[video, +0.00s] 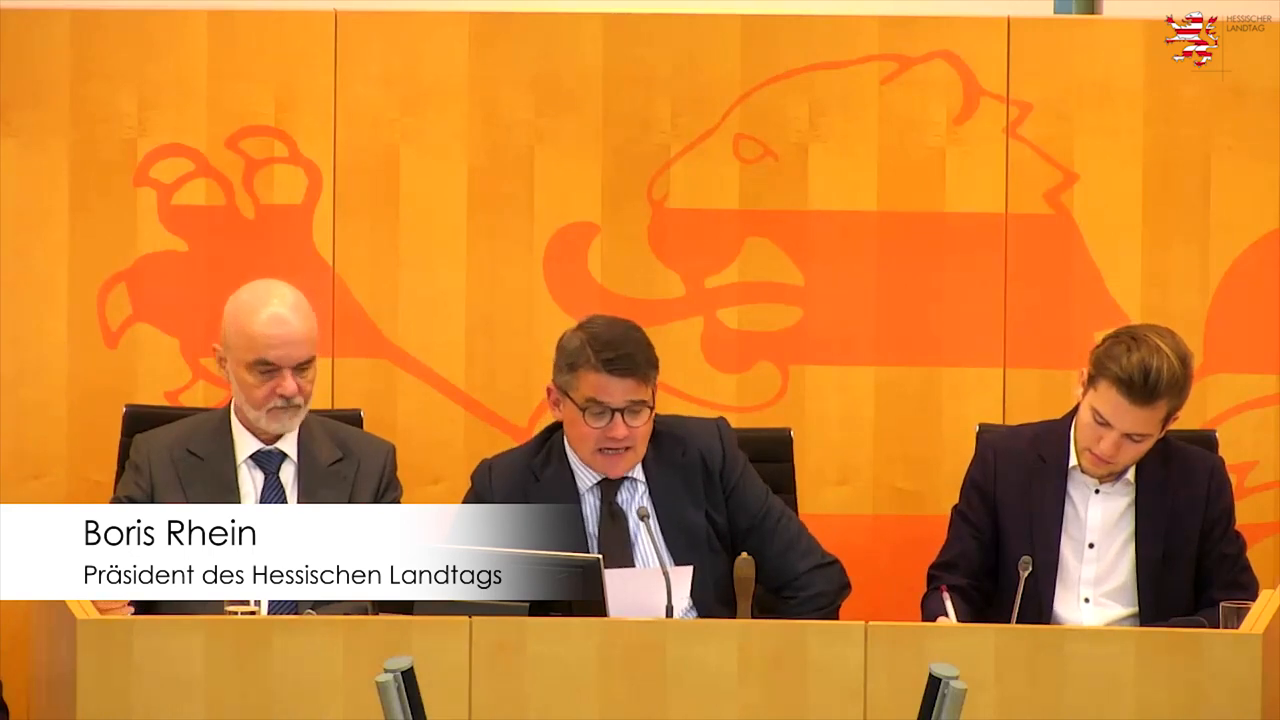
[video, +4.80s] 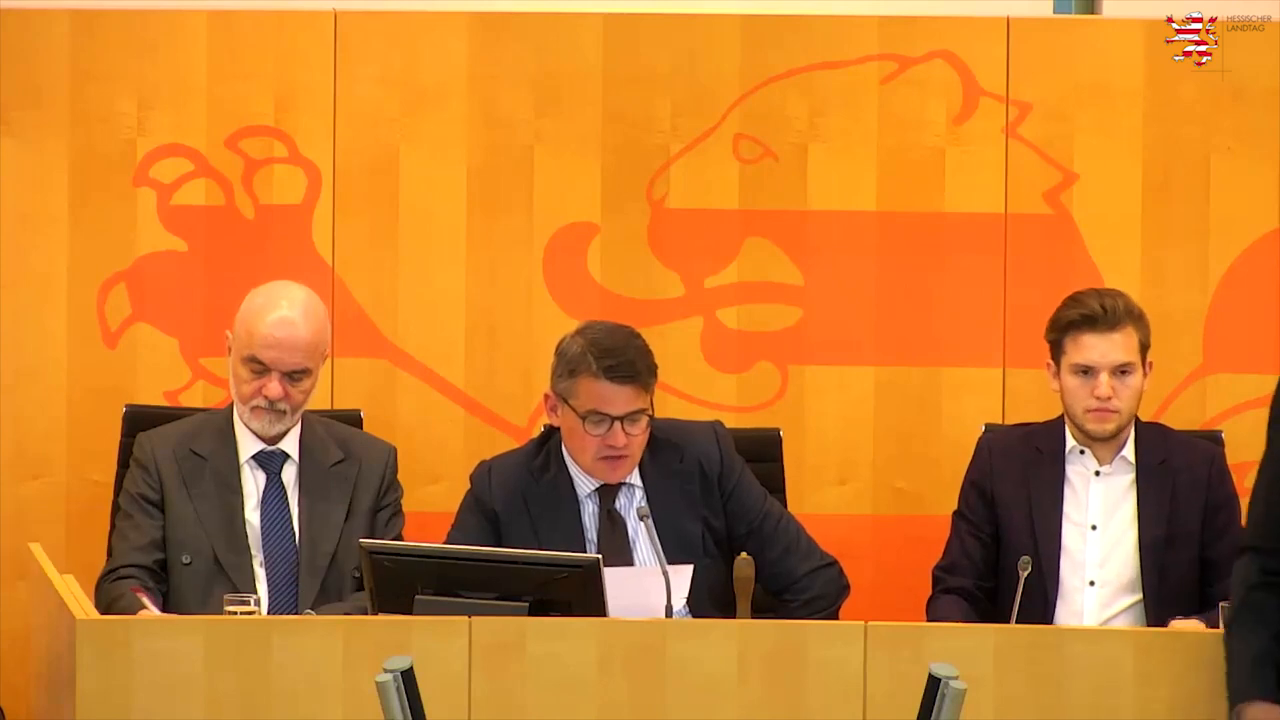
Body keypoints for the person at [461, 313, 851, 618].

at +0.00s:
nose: (618, 431)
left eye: (635, 410)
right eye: (596, 412)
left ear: (654, 396)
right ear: (556, 402)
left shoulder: (708, 454)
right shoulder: (503, 485)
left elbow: (815, 582)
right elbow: (465, 620)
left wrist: (763, 677)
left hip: (705, 676)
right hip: (564, 684)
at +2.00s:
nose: (614, 428)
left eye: (627, 406)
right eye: (590, 411)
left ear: (644, 392)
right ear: (548, 406)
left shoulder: (704, 453)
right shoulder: (499, 487)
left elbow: (811, 583)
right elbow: (465, 624)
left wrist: (763, 680)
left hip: (705, 675)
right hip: (565, 683)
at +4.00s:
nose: (619, 438)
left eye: (634, 417)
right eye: (597, 420)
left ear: (651, 399)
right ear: (554, 410)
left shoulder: (706, 458)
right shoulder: (500, 488)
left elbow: (815, 583)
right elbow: (461, 623)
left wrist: (756, 675)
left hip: (701, 678)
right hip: (561, 686)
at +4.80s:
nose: (618, 440)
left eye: (634, 418)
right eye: (597, 420)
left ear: (651, 402)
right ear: (554, 409)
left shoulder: (705, 456)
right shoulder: (499, 489)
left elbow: (815, 584)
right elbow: (447, 614)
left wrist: (757, 676)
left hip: (700, 679)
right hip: (561, 685)